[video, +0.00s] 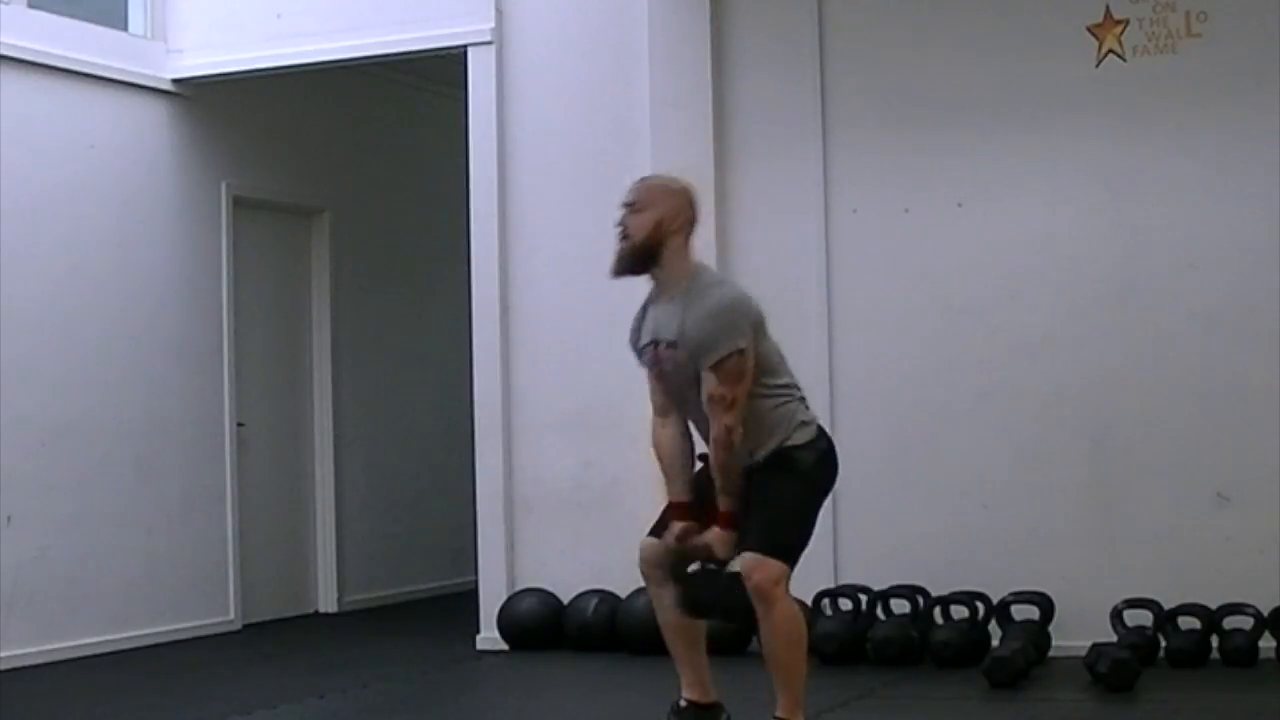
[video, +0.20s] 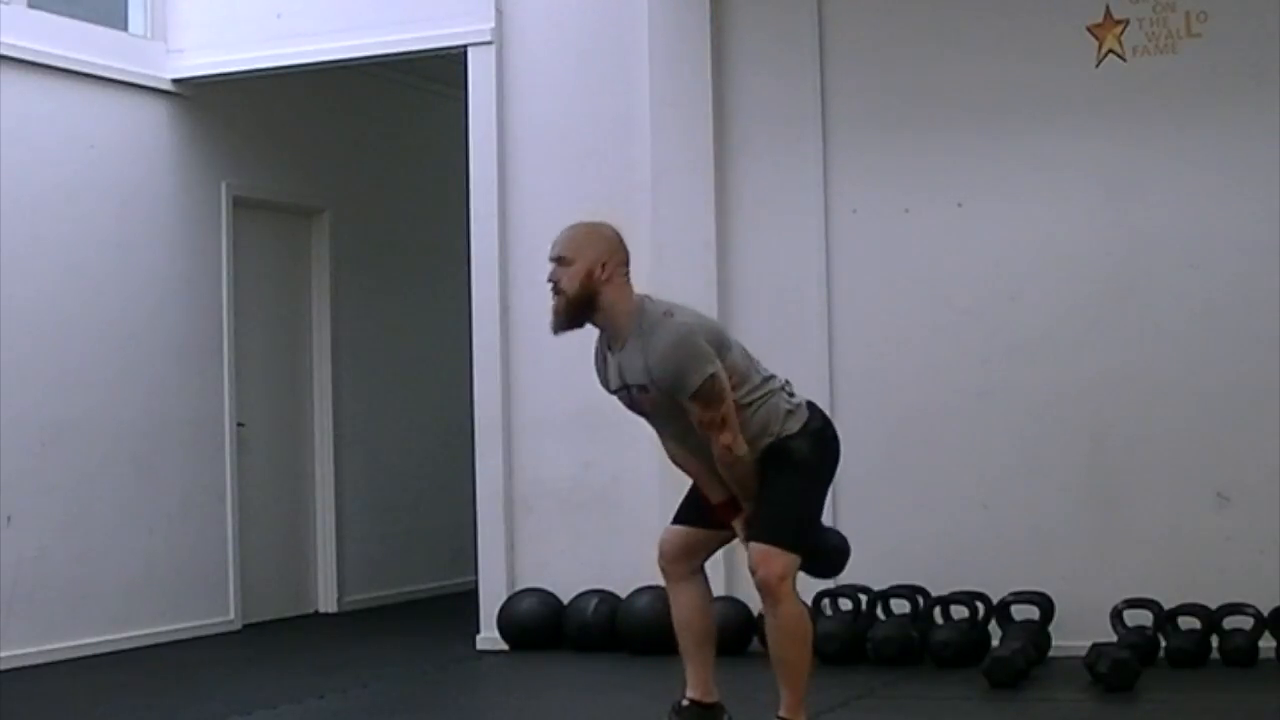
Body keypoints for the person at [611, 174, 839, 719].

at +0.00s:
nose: (621, 221)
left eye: (635, 210)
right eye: (624, 210)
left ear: (677, 222)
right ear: (657, 226)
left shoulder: (721, 304)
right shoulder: (649, 318)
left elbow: (727, 424)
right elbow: (666, 418)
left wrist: (727, 519)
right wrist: (681, 511)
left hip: (794, 453)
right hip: (734, 461)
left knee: (762, 574)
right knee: (658, 555)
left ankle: (791, 712)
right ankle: (699, 702)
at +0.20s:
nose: (550, 277)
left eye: (561, 264)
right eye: (551, 265)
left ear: (605, 270)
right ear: (600, 273)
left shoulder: (675, 338)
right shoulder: (610, 356)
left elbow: (729, 441)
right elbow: (673, 437)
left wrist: (755, 511)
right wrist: (725, 504)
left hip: (796, 441)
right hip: (739, 453)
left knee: (771, 571)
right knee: (678, 555)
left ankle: (793, 712)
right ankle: (702, 700)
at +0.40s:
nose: (576, 253)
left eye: (590, 241)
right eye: (579, 241)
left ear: (631, 250)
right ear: (624, 252)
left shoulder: (691, 324)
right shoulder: (623, 342)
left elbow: (731, 438)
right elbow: (677, 434)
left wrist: (753, 512)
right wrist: (725, 510)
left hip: (793, 448)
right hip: (736, 458)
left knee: (753, 574)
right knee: (666, 562)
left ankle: (792, 712)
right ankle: (703, 704)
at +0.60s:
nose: (682, 186)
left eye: (694, 176)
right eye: (684, 177)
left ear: (733, 186)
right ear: (718, 189)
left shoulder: (768, 269)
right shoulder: (697, 276)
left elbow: (751, 381)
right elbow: (688, 371)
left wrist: (712, 464)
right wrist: (672, 452)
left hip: (788, 446)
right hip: (729, 449)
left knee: (747, 572)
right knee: (669, 568)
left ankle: (789, 712)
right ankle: (701, 704)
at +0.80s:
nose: (723, 156)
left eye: (737, 146)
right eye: (725, 147)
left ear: (776, 158)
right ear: (756, 162)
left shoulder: (799, 228)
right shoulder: (729, 237)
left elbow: (787, 327)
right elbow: (724, 331)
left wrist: (703, 334)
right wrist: (661, 337)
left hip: (777, 424)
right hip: (723, 424)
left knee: (765, 568)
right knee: (696, 563)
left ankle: (793, 711)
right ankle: (704, 705)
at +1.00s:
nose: (711, 152)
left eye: (727, 143)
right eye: (713, 143)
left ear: (766, 158)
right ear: (725, 159)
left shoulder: (784, 229)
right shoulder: (710, 235)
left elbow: (748, 310)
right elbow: (675, 323)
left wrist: (685, 248)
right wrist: (635, 266)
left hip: (764, 426)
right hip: (707, 427)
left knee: (758, 572)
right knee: (692, 565)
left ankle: (793, 712)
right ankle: (704, 704)